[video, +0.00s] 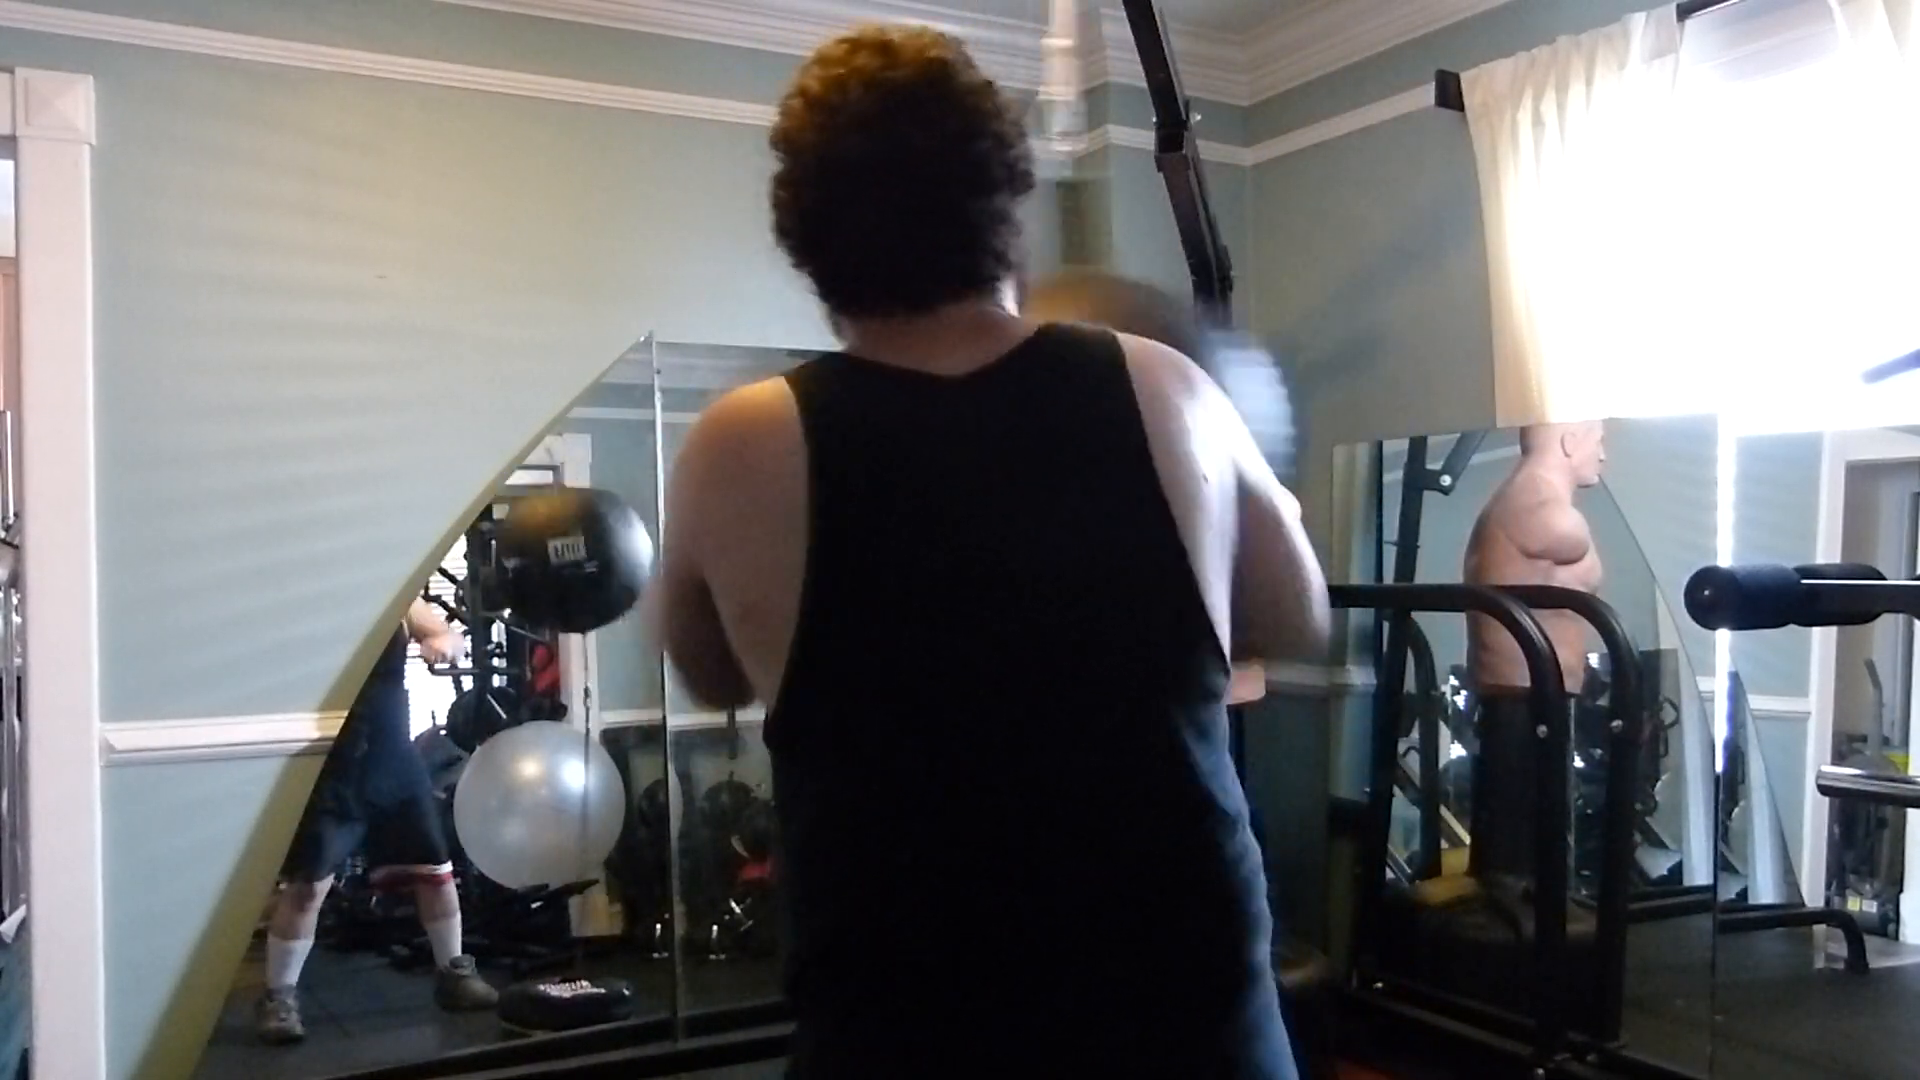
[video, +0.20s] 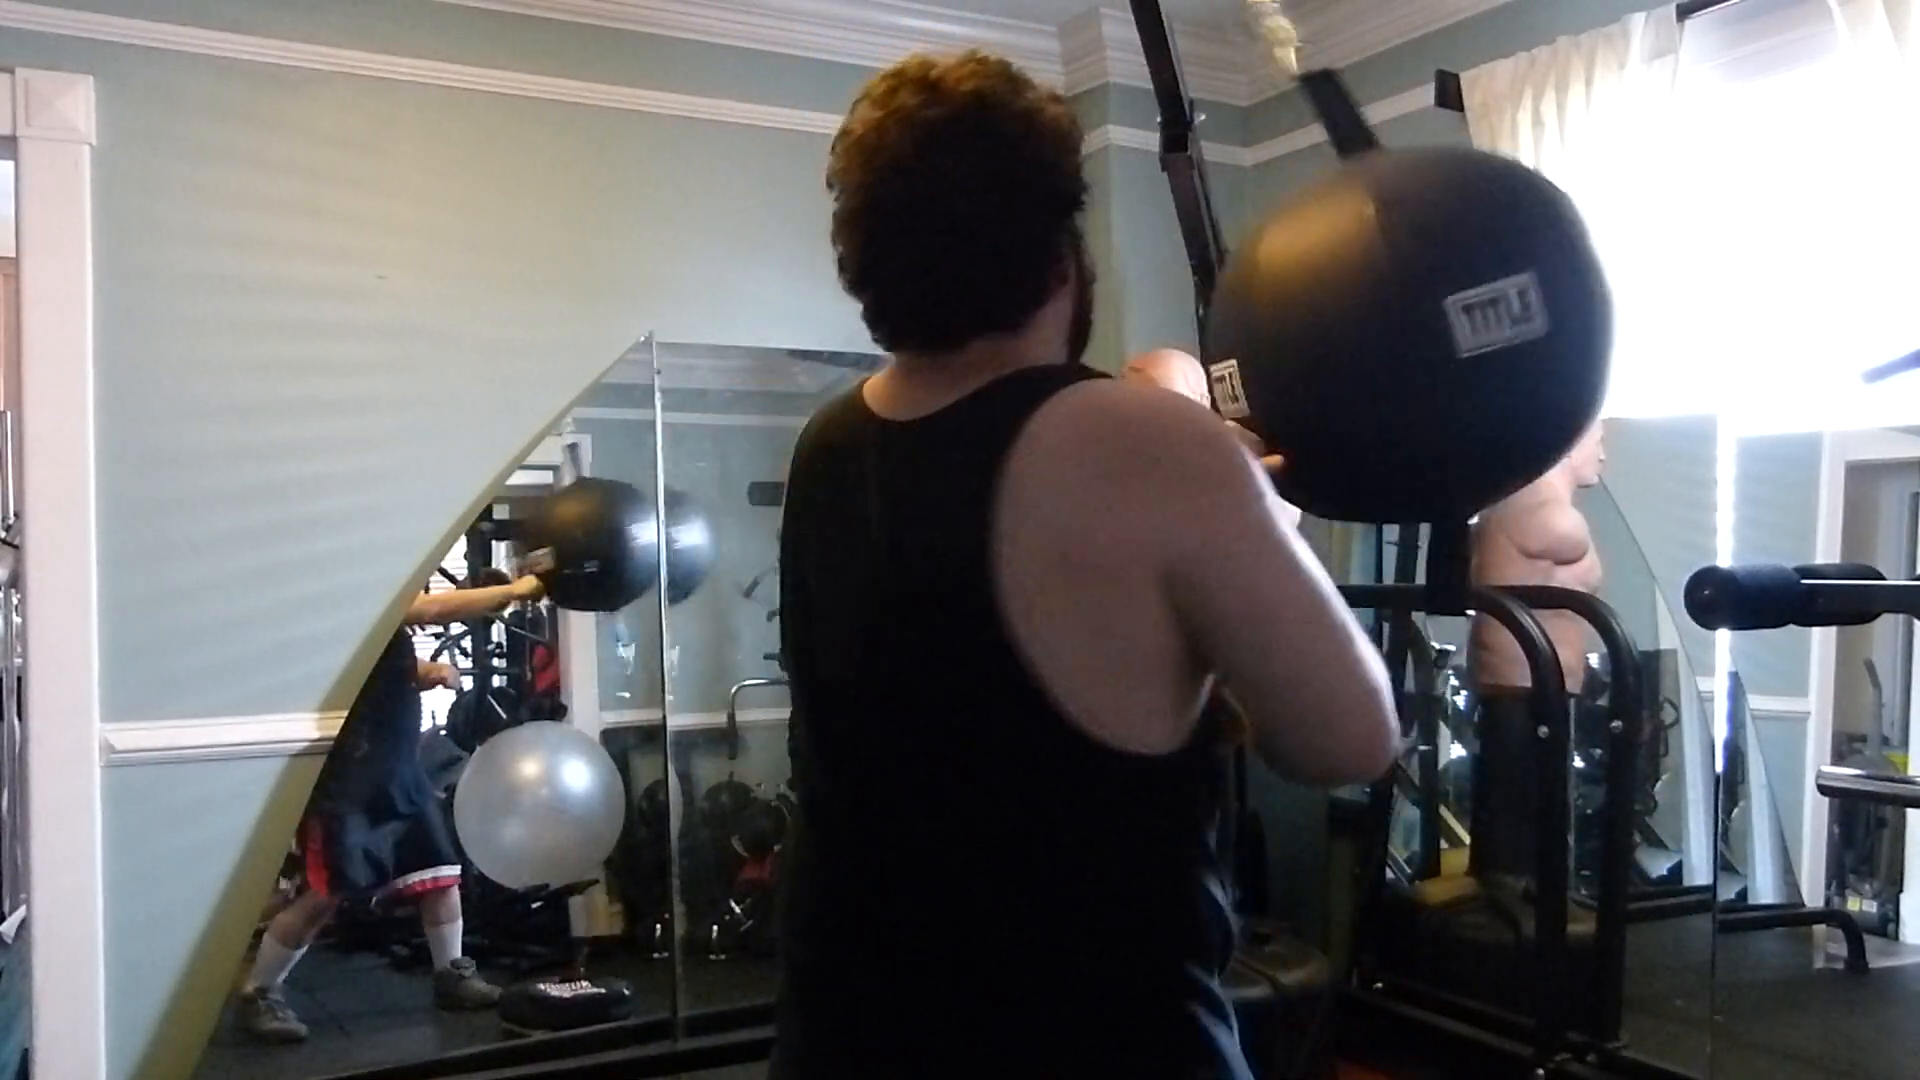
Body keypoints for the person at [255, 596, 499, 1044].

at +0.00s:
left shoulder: (387, 582)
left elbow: (430, 623)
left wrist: (435, 637)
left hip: (393, 752)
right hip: (325, 759)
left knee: (434, 868)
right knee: (307, 882)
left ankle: (454, 973)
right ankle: (280, 997)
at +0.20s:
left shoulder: (390, 608)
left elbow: (380, 668)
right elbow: (436, 609)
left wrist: (424, 673)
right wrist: (515, 591)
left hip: (402, 771)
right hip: (343, 777)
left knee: (440, 873)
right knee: (324, 892)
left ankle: (452, 976)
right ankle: (257, 994)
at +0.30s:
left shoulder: (384, 598)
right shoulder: (351, 598)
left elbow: (379, 679)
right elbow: (405, 638)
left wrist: (420, 672)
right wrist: (471, 608)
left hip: (405, 772)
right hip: (353, 774)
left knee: (441, 872)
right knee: (324, 892)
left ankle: (451, 975)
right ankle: (236, 999)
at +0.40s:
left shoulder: (392, 599)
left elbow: (372, 674)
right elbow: (366, 670)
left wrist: (402, 675)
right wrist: (410, 616)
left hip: (402, 775)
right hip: (343, 779)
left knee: (438, 881)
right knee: (313, 900)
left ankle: (451, 976)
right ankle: (234, 1006)